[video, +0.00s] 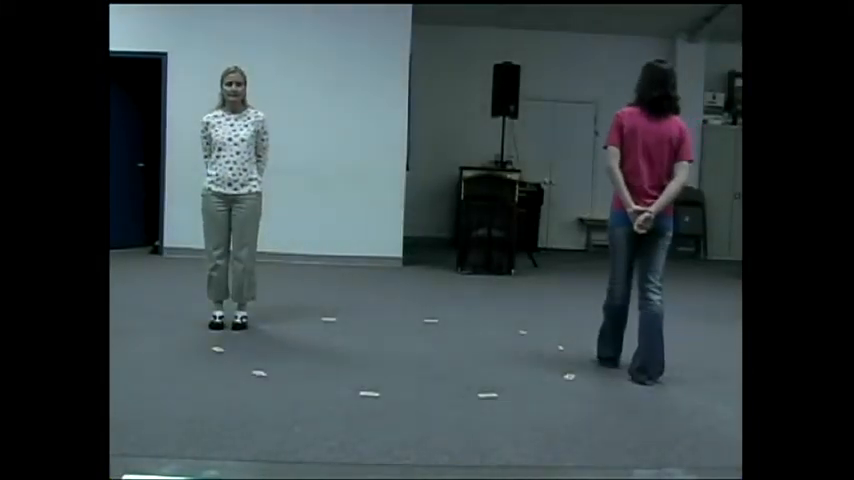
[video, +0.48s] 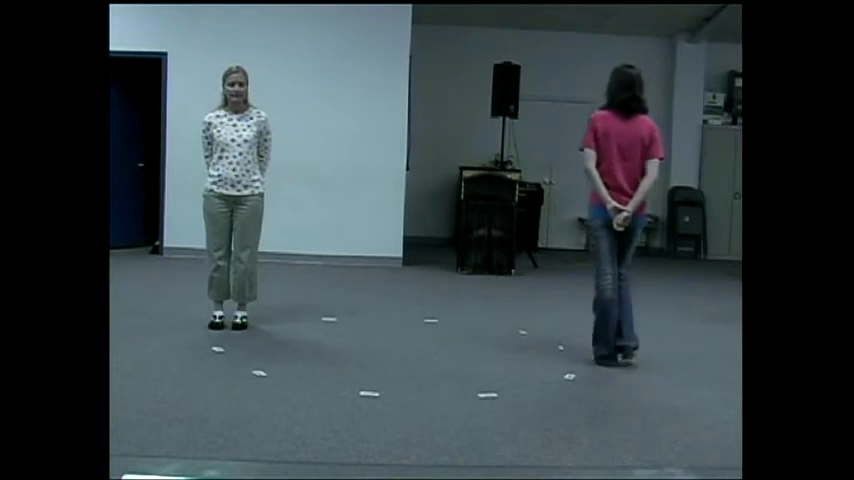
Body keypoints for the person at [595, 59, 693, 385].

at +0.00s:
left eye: (645, 82)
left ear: (641, 86)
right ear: (672, 90)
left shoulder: (624, 118)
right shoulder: (679, 127)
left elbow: (613, 163)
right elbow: (680, 178)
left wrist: (630, 206)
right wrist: (653, 211)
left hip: (625, 213)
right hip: (660, 216)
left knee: (618, 289)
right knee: (652, 291)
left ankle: (608, 353)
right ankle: (648, 369)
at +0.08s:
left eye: (639, 83)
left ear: (634, 87)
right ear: (665, 90)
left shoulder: (618, 120)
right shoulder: (673, 128)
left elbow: (607, 166)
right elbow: (674, 178)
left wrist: (625, 206)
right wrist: (648, 211)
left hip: (619, 213)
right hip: (654, 216)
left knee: (614, 288)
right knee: (649, 290)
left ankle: (608, 354)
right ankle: (647, 368)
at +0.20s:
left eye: (632, 82)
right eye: (650, 83)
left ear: (628, 86)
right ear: (658, 89)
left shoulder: (613, 119)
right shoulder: (667, 126)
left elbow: (602, 165)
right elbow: (668, 177)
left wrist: (620, 203)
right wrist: (642, 209)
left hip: (614, 210)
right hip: (650, 213)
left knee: (611, 286)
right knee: (645, 285)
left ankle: (607, 354)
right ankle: (645, 363)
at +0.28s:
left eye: (626, 82)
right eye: (645, 84)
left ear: (622, 86)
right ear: (651, 89)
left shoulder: (607, 119)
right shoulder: (659, 125)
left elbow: (598, 163)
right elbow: (661, 174)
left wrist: (615, 203)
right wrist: (636, 209)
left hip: (610, 210)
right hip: (643, 212)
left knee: (609, 286)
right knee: (638, 282)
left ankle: (606, 353)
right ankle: (643, 358)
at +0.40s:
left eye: (619, 84)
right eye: (638, 85)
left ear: (615, 88)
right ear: (645, 91)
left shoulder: (603, 120)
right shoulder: (654, 127)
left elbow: (593, 164)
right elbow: (655, 175)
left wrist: (611, 203)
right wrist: (632, 210)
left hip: (606, 210)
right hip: (639, 212)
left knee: (607, 282)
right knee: (631, 279)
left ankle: (606, 353)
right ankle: (636, 347)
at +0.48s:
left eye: (613, 85)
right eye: (633, 85)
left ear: (611, 88)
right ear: (640, 91)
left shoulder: (599, 120)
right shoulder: (648, 126)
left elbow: (590, 164)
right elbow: (651, 174)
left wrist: (609, 202)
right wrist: (630, 209)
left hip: (603, 208)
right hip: (635, 211)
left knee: (606, 277)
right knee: (622, 273)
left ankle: (605, 350)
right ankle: (627, 341)